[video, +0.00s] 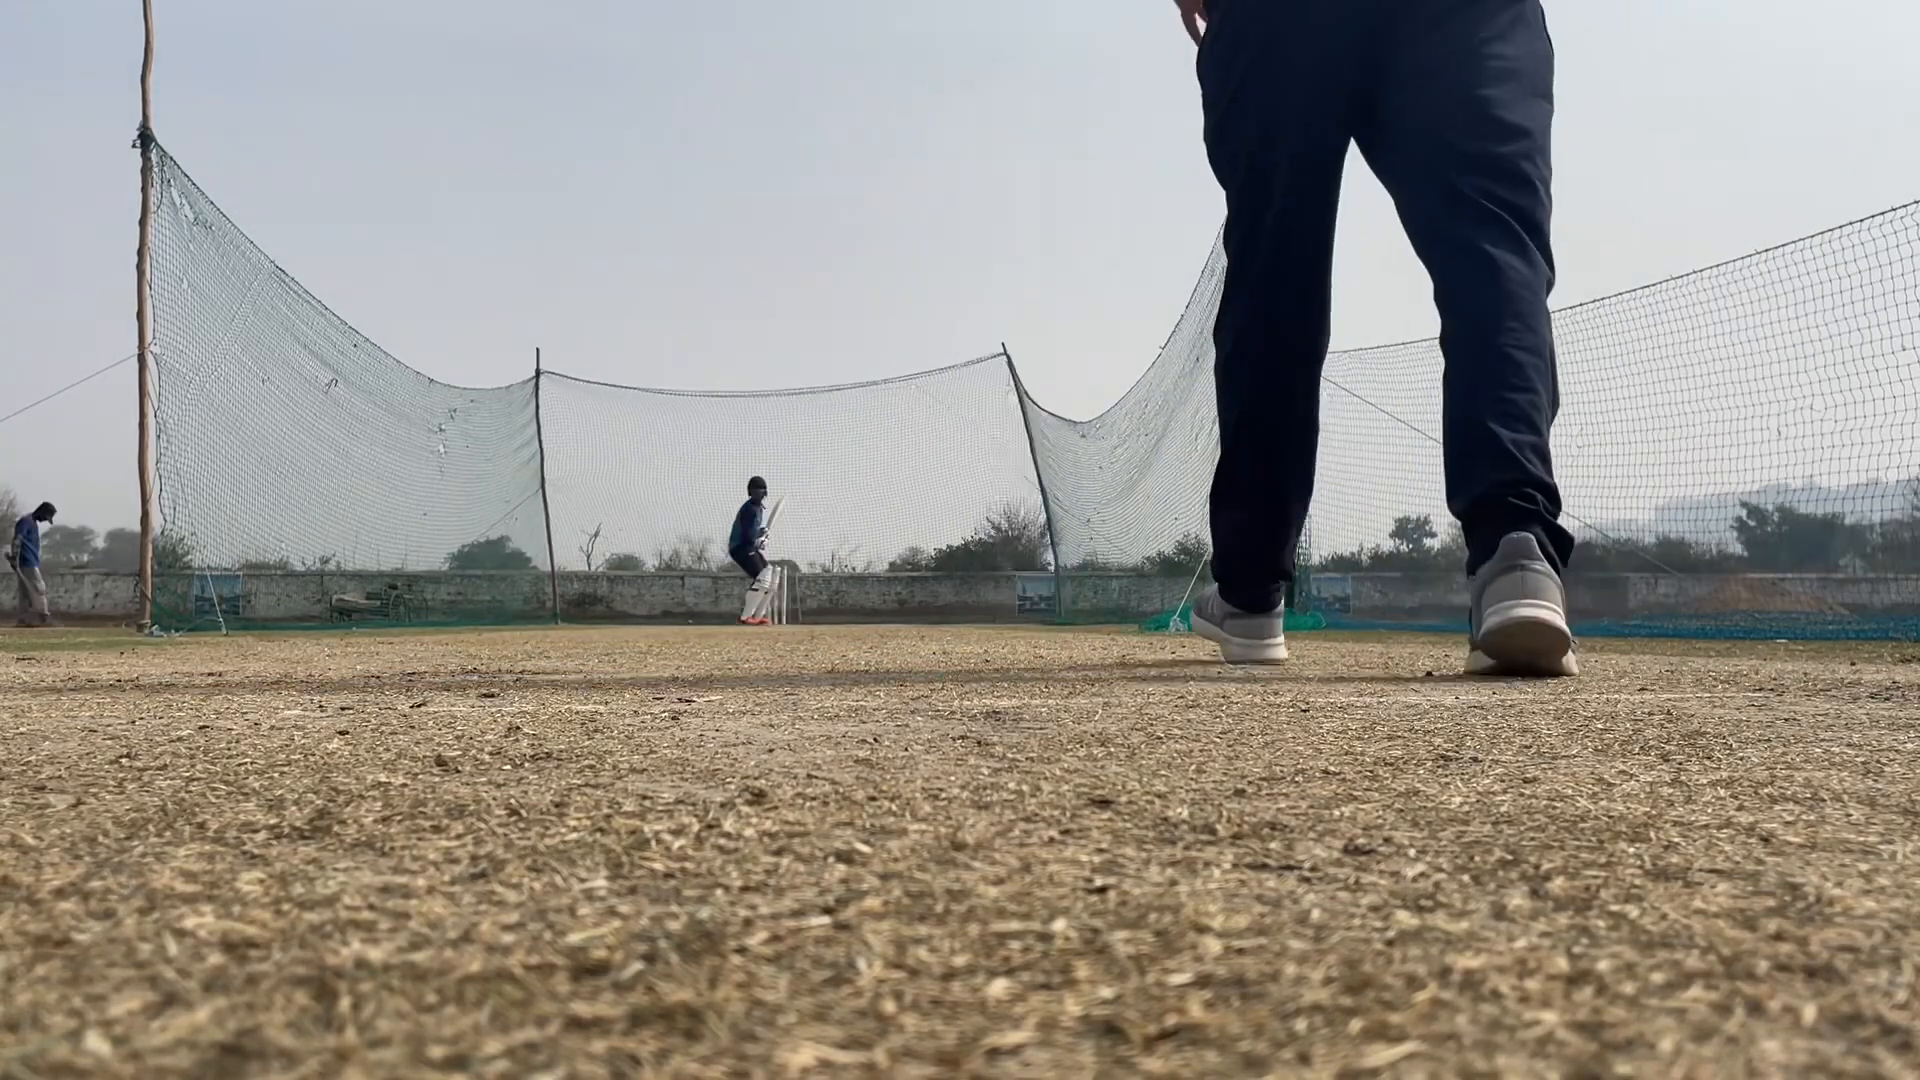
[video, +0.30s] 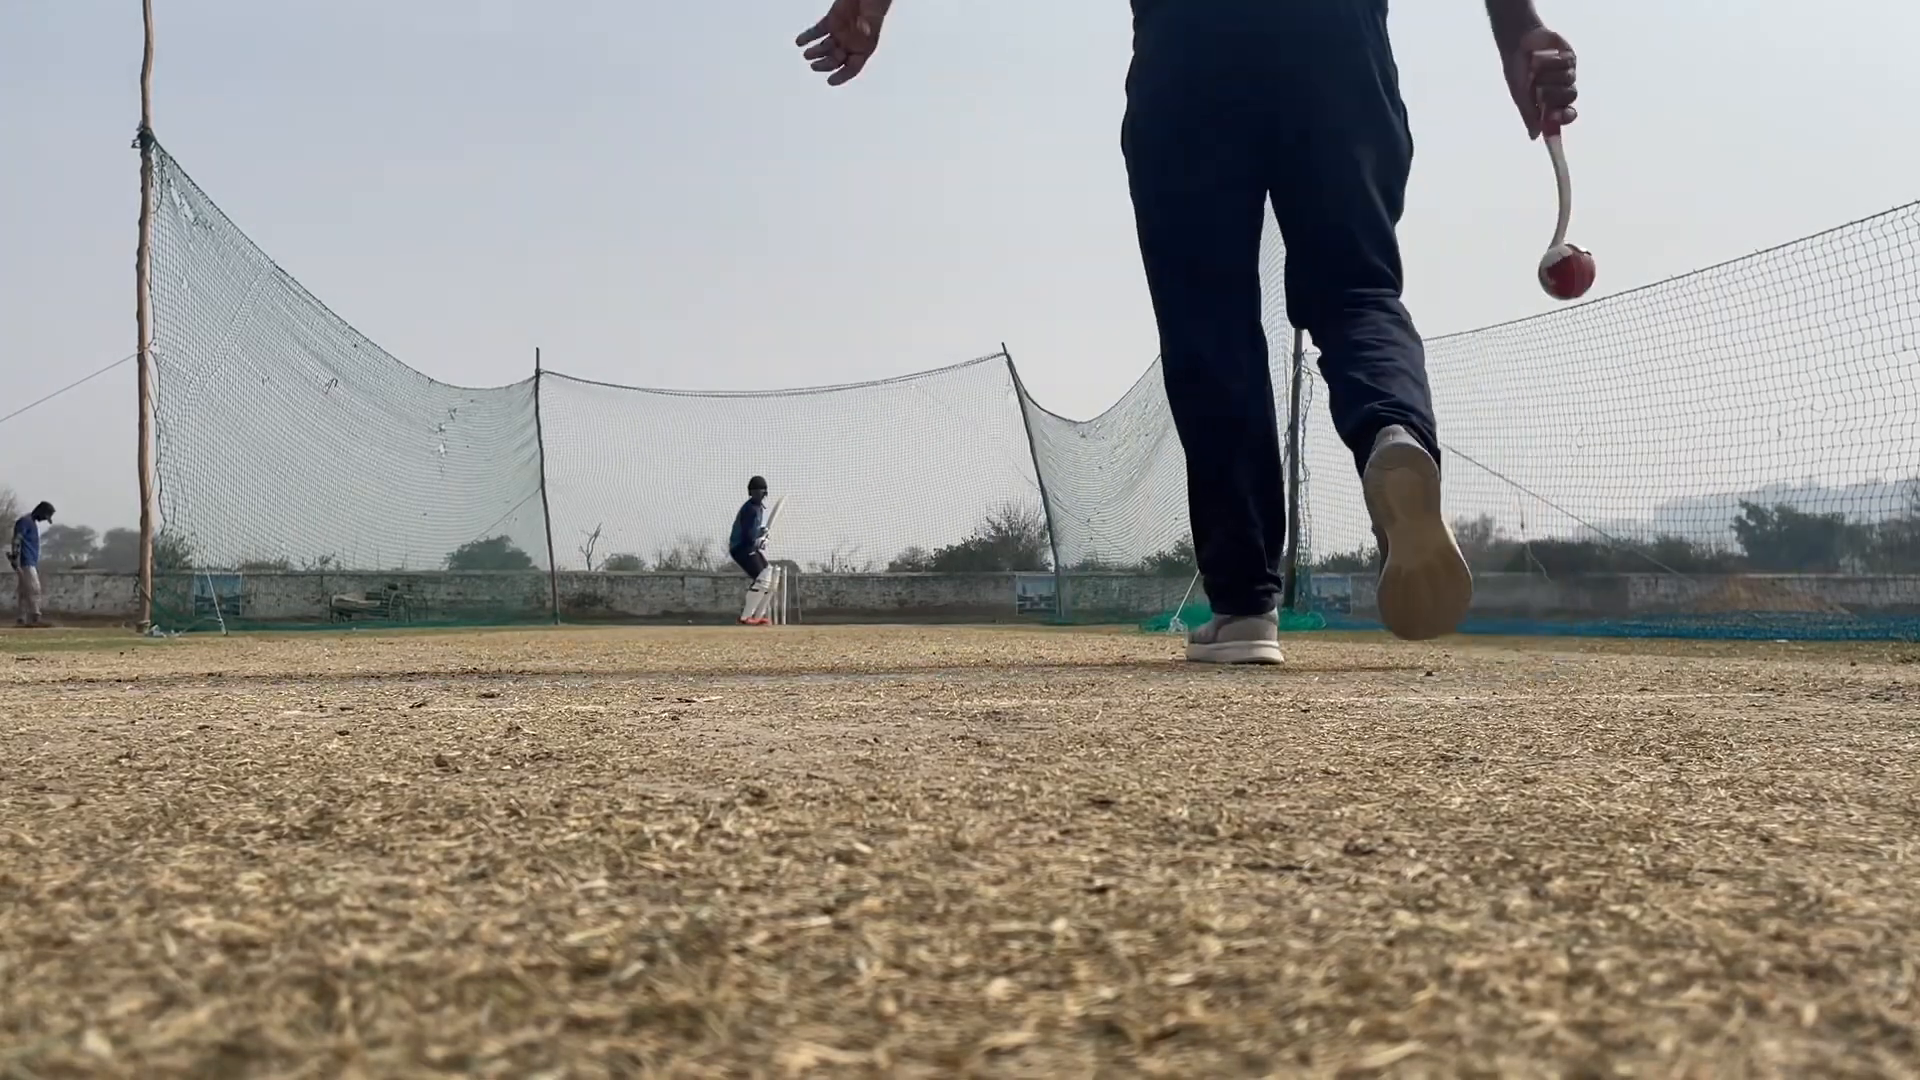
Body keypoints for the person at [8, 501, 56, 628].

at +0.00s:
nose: (46, 520)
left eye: (48, 518)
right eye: (47, 517)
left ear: (41, 513)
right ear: (42, 513)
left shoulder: (31, 523)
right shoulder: (26, 522)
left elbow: (21, 542)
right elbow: (17, 541)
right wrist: (15, 559)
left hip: (28, 561)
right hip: (27, 562)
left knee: (25, 591)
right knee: (39, 588)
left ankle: (23, 617)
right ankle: (43, 615)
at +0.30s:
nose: (45, 519)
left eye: (47, 517)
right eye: (46, 516)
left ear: (40, 512)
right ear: (41, 512)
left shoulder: (31, 523)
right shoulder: (25, 522)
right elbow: (16, 542)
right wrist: (16, 561)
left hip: (29, 561)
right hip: (26, 561)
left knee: (24, 591)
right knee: (34, 589)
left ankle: (21, 617)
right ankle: (36, 616)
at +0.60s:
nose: (41, 519)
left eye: (43, 516)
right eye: (42, 516)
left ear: (37, 512)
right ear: (38, 512)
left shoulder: (29, 523)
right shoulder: (24, 522)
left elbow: (28, 544)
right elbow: (20, 544)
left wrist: (35, 562)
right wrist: (26, 561)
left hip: (31, 563)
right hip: (27, 564)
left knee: (25, 591)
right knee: (33, 590)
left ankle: (22, 617)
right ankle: (35, 617)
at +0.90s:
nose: (40, 519)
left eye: (42, 517)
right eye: (41, 516)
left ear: (36, 512)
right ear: (37, 512)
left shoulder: (27, 523)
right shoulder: (23, 522)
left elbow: (28, 545)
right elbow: (20, 543)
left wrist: (35, 564)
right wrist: (27, 561)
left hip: (28, 564)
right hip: (28, 564)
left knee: (24, 593)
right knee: (41, 590)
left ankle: (22, 618)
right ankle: (47, 616)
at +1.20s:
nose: (40, 519)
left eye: (42, 517)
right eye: (41, 516)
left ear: (35, 511)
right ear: (36, 512)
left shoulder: (24, 522)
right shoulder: (24, 522)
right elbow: (19, 542)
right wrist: (21, 561)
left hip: (23, 563)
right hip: (29, 563)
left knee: (23, 593)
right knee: (39, 590)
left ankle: (22, 618)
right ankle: (45, 617)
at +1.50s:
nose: (41, 520)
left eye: (42, 518)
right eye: (42, 517)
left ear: (36, 512)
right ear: (38, 512)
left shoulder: (28, 523)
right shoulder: (25, 522)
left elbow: (26, 543)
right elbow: (19, 541)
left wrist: (31, 563)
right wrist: (25, 560)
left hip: (24, 563)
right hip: (24, 563)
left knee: (22, 592)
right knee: (34, 589)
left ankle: (21, 618)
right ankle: (36, 617)